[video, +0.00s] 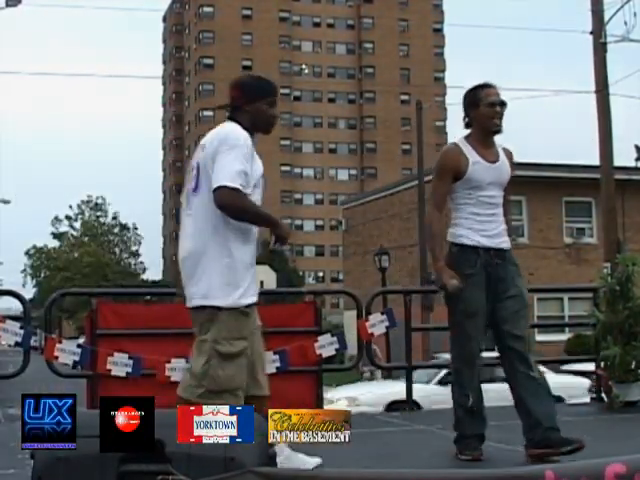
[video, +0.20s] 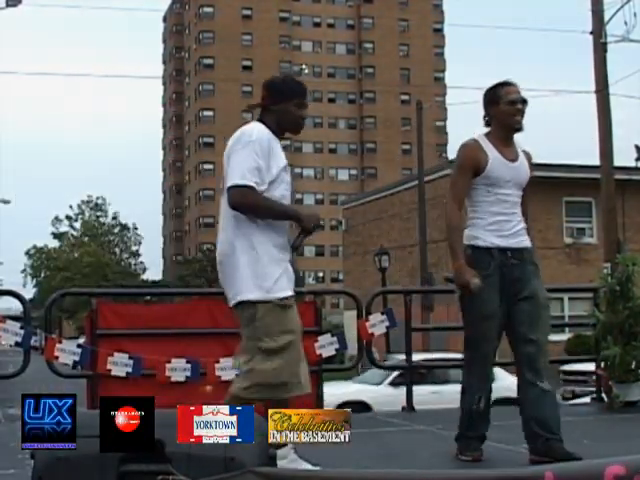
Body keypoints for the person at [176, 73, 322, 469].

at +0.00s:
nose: (275, 113)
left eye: (275, 105)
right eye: (269, 105)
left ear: (241, 107)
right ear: (245, 106)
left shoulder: (219, 140)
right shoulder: (233, 138)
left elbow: (209, 209)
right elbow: (227, 197)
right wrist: (273, 222)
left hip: (228, 284)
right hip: (221, 286)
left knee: (253, 378)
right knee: (211, 385)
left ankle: (267, 448)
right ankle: (191, 462)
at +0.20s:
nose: (303, 119)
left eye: (304, 111)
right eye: (300, 111)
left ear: (277, 108)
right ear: (277, 107)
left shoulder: (265, 142)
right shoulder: (253, 137)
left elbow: (252, 208)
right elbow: (241, 195)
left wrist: (295, 226)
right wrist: (297, 214)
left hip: (268, 276)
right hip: (256, 277)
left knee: (279, 373)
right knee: (272, 370)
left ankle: (268, 451)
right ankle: (223, 447)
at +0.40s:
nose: (326, 110)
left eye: (327, 102)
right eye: (320, 102)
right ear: (293, 101)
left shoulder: (300, 148)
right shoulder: (272, 135)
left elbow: (315, 224)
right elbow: (259, 195)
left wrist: (354, 257)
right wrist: (319, 207)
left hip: (288, 269)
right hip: (279, 269)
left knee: (285, 369)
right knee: (315, 360)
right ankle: (307, 455)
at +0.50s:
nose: (338, 111)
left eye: (338, 104)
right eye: (331, 104)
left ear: (318, 105)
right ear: (305, 102)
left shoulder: (313, 148)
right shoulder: (280, 136)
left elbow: (332, 216)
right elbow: (271, 197)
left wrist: (385, 240)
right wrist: (328, 205)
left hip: (299, 271)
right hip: (283, 271)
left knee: (287, 369)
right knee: (323, 360)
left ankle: (285, 453)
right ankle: (329, 450)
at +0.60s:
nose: (353, 110)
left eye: (352, 103)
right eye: (346, 103)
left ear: (329, 105)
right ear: (322, 104)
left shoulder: (328, 150)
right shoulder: (291, 138)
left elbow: (346, 213)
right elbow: (283, 202)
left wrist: (401, 233)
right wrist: (341, 207)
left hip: (310, 275)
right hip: (291, 276)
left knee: (288, 368)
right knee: (323, 367)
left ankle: (279, 451)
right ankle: (359, 449)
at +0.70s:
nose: (365, 108)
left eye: (364, 100)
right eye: (358, 101)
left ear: (342, 104)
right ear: (334, 103)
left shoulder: (341, 149)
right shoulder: (300, 140)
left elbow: (354, 215)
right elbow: (293, 207)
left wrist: (404, 239)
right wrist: (354, 209)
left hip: (328, 276)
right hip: (304, 277)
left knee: (297, 368)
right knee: (338, 366)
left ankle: (280, 447)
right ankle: (364, 449)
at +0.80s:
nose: (375, 104)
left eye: (376, 96)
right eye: (368, 96)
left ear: (353, 99)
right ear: (342, 97)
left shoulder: (353, 143)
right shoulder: (313, 137)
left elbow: (359, 214)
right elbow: (304, 207)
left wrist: (395, 250)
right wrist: (367, 210)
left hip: (342, 273)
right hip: (320, 274)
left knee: (312, 368)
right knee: (346, 368)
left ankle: (284, 445)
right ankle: (369, 454)